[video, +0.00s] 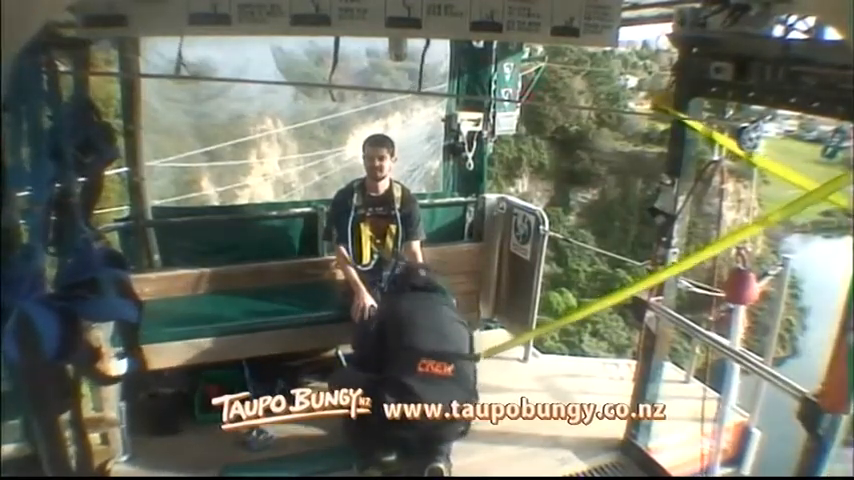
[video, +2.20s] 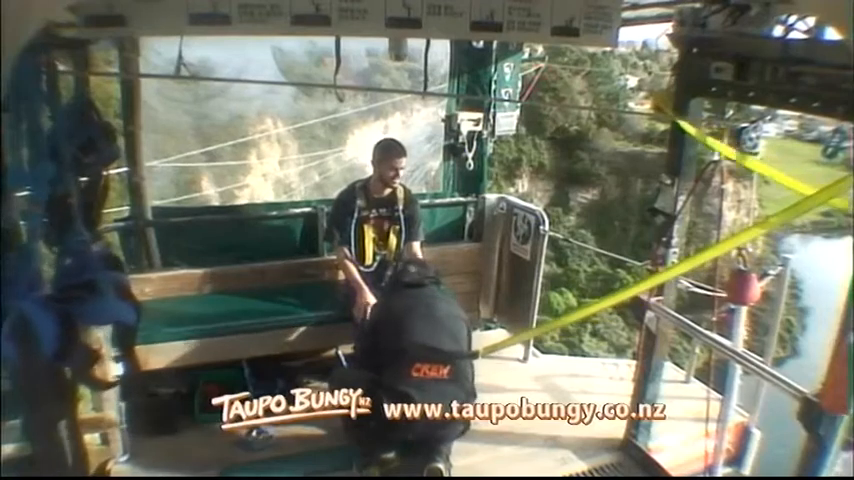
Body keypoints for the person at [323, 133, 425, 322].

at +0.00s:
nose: (375, 164)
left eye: (381, 158)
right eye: (369, 159)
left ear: (393, 160)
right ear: (363, 160)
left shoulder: (405, 199)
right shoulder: (345, 198)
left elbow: (414, 249)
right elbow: (341, 251)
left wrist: (421, 288)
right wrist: (360, 291)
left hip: (398, 278)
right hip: (362, 279)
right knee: (369, 316)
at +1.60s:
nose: (396, 172)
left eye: (399, 166)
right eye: (390, 167)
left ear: (403, 165)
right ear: (373, 163)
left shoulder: (406, 198)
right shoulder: (348, 198)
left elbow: (414, 247)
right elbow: (341, 251)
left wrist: (417, 287)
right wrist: (361, 291)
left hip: (398, 281)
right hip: (362, 281)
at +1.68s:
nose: (396, 173)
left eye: (400, 167)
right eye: (390, 167)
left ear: (403, 165)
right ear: (373, 163)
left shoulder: (406, 199)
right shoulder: (348, 199)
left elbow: (414, 248)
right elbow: (340, 250)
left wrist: (420, 288)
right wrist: (361, 291)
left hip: (398, 284)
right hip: (363, 284)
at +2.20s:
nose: (398, 175)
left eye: (401, 169)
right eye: (393, 169)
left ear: (404, 165)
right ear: (375, 164)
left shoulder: (406, 199)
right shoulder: (349, 199)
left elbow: (414, 248)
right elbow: (341, 252)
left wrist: (422, 289)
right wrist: (362, 291)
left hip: (397, 284)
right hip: (361, 284)